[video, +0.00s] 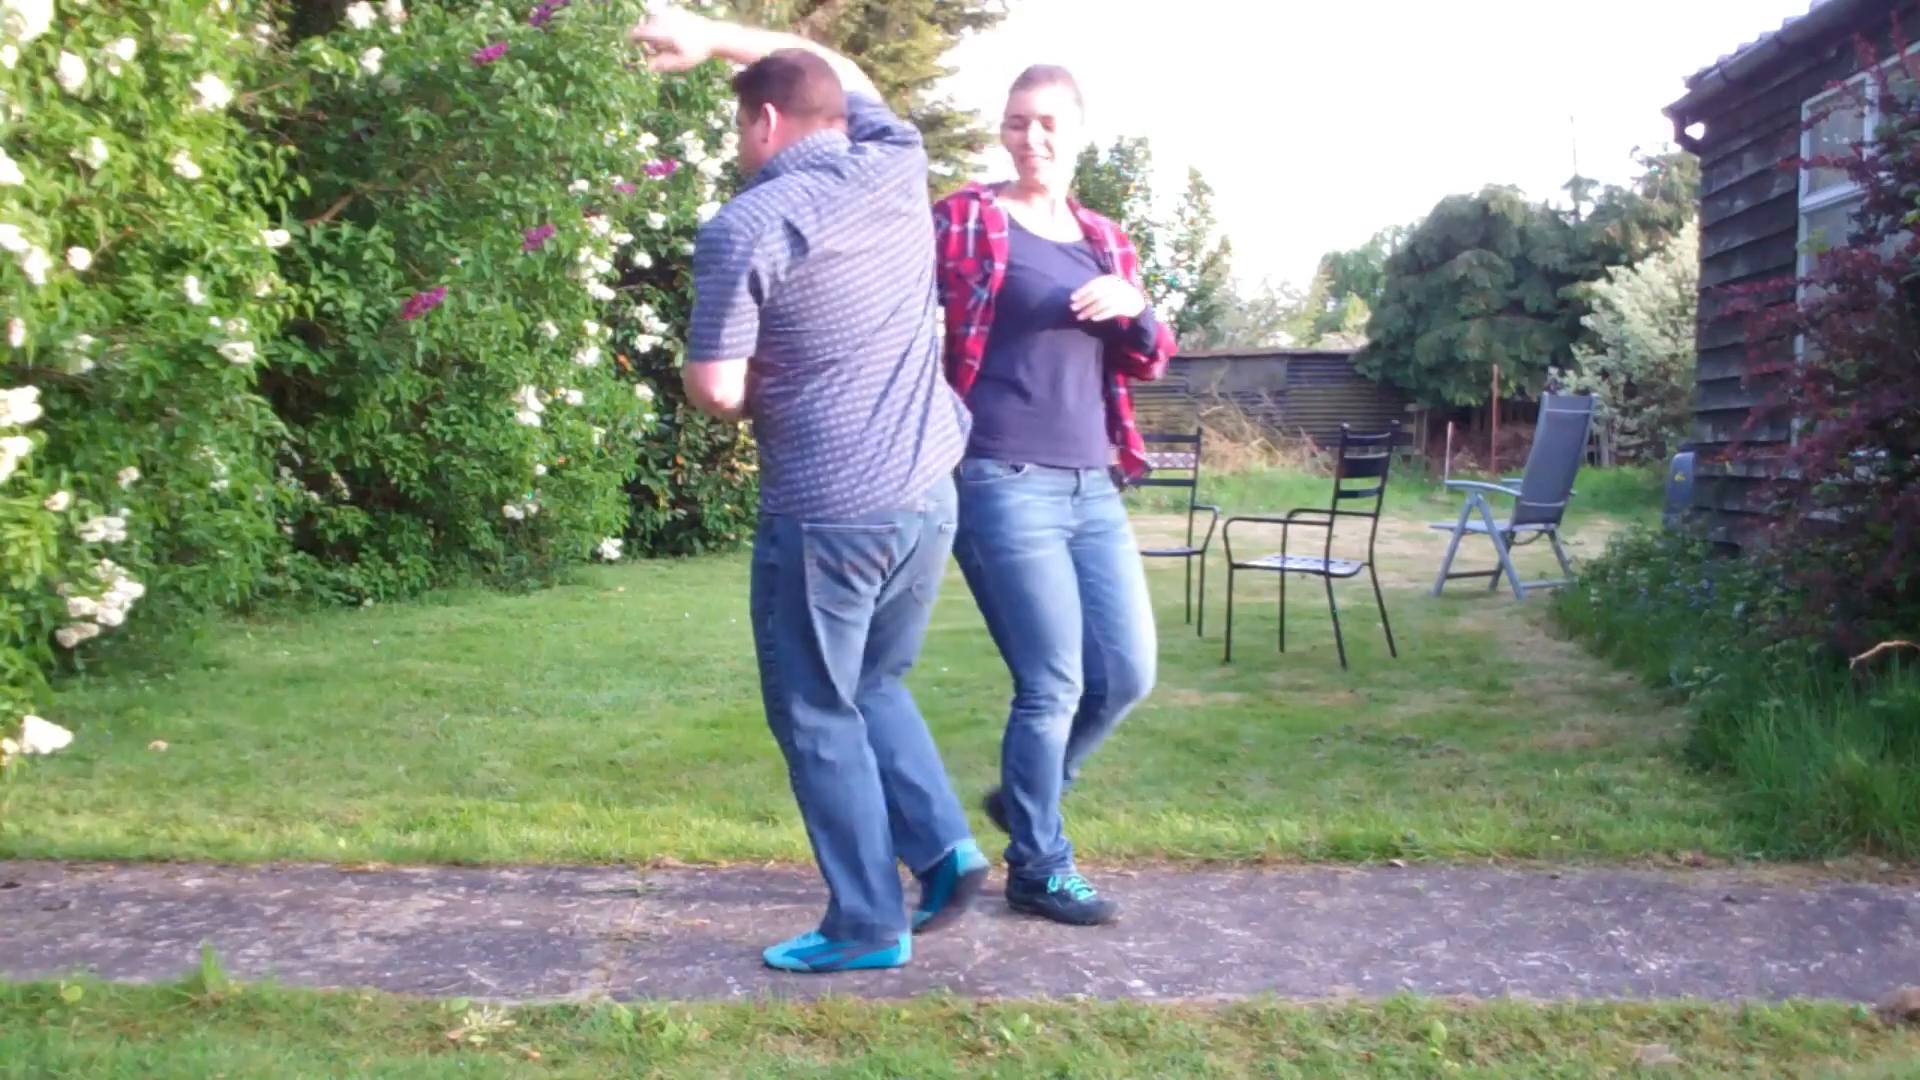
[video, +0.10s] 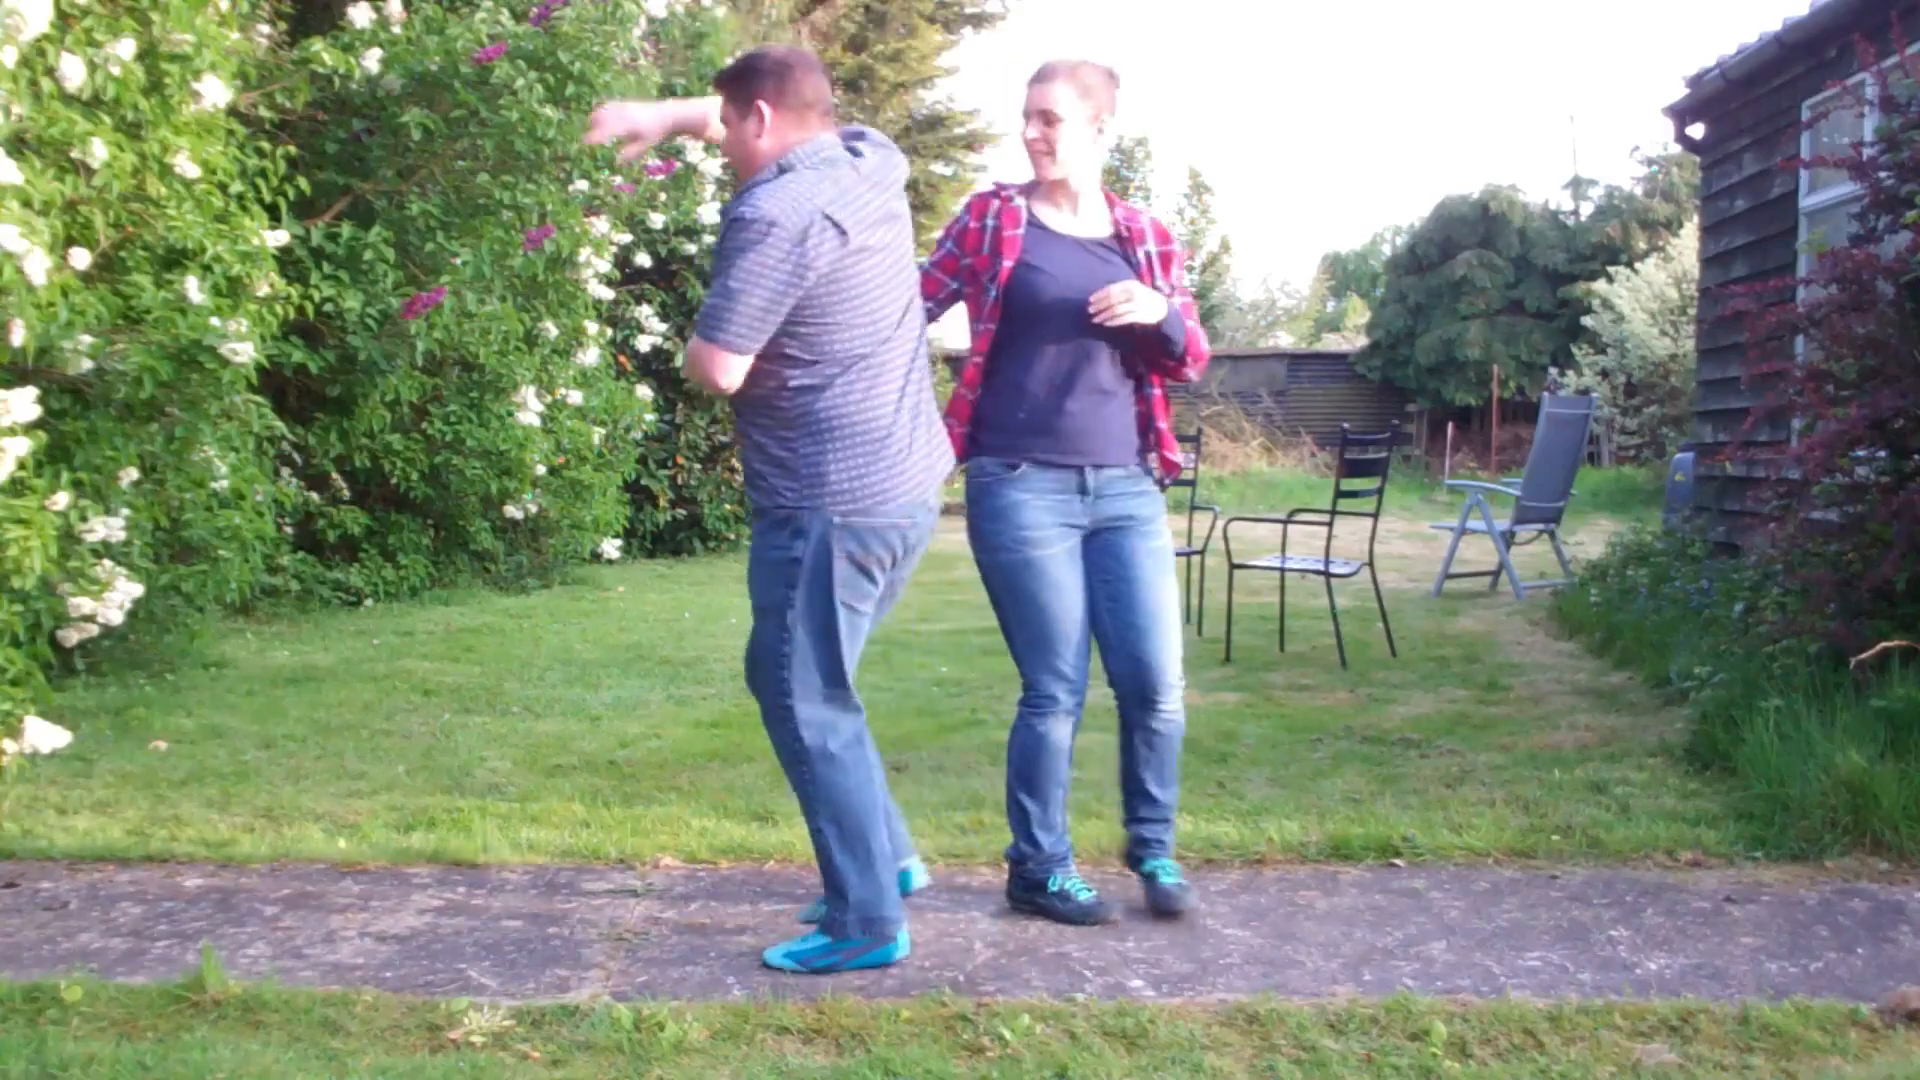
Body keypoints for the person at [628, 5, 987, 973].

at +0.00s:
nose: (737, 140)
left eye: (738, 120)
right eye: (737, 122)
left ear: (766, 121)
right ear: (829, 112)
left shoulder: (747, 226)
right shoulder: (896, 163)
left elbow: (716, 387)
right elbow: (837, 75)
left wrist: (769, 388)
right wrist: (711, 42)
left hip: (828, 515)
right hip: (930, 493)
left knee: (814, 714)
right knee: (877, 678)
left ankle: (869, 925)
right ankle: (944, 850)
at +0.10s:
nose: (726, 139)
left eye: (729, 125)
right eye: (725, 126)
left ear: (765, 117)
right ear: (808, 107)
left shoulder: (774, 214)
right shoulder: (875, 158)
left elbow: (720, 371)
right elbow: (763, 115)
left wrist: (702, 346)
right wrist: (665, 115)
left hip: (833, 503)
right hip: (902, 475)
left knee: (804, 699)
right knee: (785, 670)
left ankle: (865, 924)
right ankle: (886, 859)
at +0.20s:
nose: (713, 137)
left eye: (719, 118)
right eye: (710, 121)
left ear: (764, 111)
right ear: (782, 108)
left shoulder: (818, 195)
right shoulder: (797, 176)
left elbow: (754, 340)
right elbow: (718, 175)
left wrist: (697, 328)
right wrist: (624, 193)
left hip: (838, 493)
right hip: (790, 490)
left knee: (807, 704)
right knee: (751, 687)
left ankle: (865, 914)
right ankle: (787, 874)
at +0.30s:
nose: (713, 126)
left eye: (728, 109)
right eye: (708, 110)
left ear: (791, 106)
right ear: (716, 113)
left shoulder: (855, 194)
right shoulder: (728, 190)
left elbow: (827, 318)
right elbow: (655, 244)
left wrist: (718, 318)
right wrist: (605, 274)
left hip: (844, 491)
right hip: (754, 491)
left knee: (815, 697)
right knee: (742, 691)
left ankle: (861, 904)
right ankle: (761, 877)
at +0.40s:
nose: (733, 121)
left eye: (754, 104)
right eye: (721, 103)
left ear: (807, 109)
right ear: (710, 109)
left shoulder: (868, 197)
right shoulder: (695, 200)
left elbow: (896, 313)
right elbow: (628, 294)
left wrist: (757, 315)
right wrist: (624, 354)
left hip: (844, 491)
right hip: (738, 497)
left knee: (816, 693)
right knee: (742, 701)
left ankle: (845, 897)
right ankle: (764, 884)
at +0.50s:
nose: (770, 121)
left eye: (788, 106)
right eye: (752, 105)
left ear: (818, 117)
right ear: (723, 116)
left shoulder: (874, 202)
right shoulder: (681, 209)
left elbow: (940, 308)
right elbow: (629, 336)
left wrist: (819, 315)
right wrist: (697, 411)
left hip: (846, 500)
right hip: (732, 502)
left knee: (832, 694)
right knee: (739, 706)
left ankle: (839, 888)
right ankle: (764, 883)